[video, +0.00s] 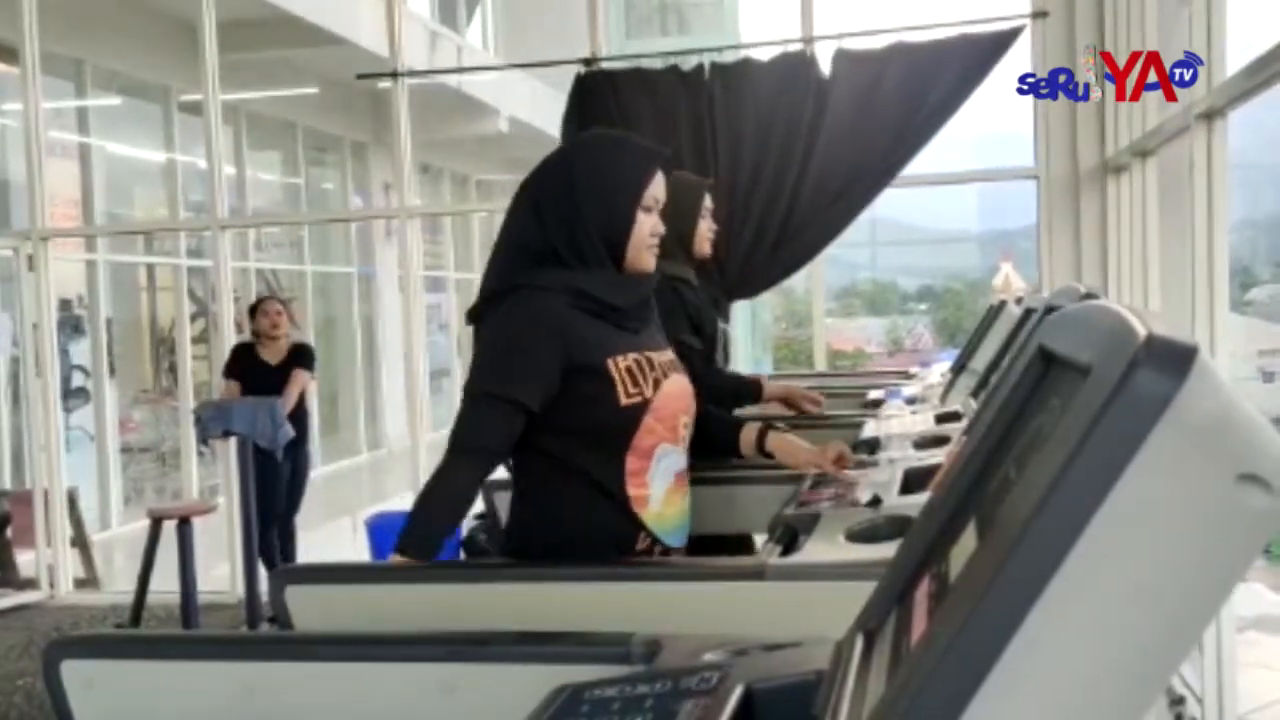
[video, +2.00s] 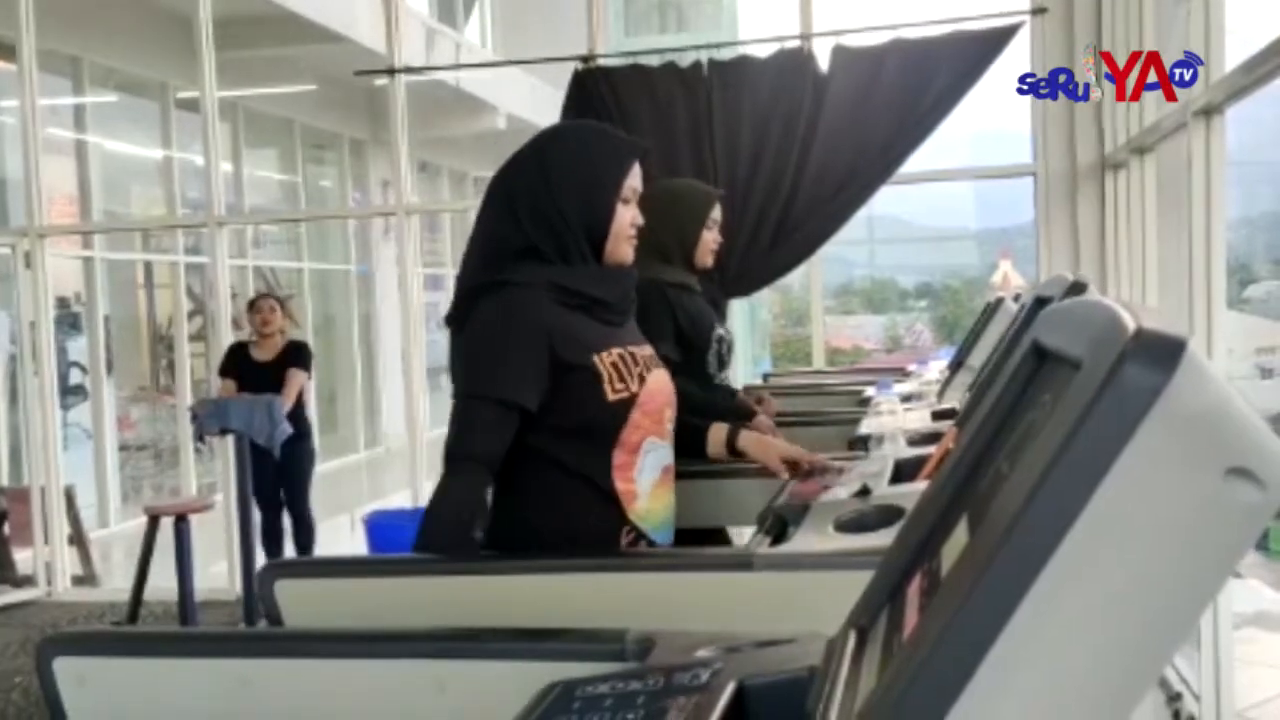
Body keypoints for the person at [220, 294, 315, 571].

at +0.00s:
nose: (274, 319)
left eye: (279, 313)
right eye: (266, 314)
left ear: (288, 319)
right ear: (254, 323)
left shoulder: (301, 351)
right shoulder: (242, 352)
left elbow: (294, 388)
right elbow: (231, 394)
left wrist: (275, 420)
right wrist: (237, 424)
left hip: (292, 437)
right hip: (254, 437)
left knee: (286, 511)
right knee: (263, 511)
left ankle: (288, 577)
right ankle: (275, 576)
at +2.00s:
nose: (265, 317)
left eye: (272, 311)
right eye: (258, 312)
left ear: (282, 317)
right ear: (249, 319)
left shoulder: (297, 351)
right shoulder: (237, 353)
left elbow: (290, 394)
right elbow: (227, 395)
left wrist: (271, 420)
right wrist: (241, 418)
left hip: (293, 433)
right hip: (255, 435)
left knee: (297, 501)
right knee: (268, 505)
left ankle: (305, 563)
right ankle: (274, 566)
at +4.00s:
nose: (244, 326)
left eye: (252, 322)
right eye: (245, 321)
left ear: (271, 330)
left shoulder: (276, 359)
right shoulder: (237, 366)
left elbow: (274, 409)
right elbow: (222, 404)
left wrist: (260, 439)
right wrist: (201, 425)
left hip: (283, 442)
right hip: (257, 445)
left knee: (282, 512)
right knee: (273, 512)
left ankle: (284, 574)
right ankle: (290, 572)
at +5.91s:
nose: (249, 319)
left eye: (256, 314)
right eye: (244, 314)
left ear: (273, 321)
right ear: (239, 321)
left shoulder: (285, 352)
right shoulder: (230, 357)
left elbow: (280, 394)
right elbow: (219, 399)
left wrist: (268, 426)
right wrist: (209, 421)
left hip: (285, 435)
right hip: (248, 438)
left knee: (291, 507)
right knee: (267, 512)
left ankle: (302, 565)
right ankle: (273, 569)